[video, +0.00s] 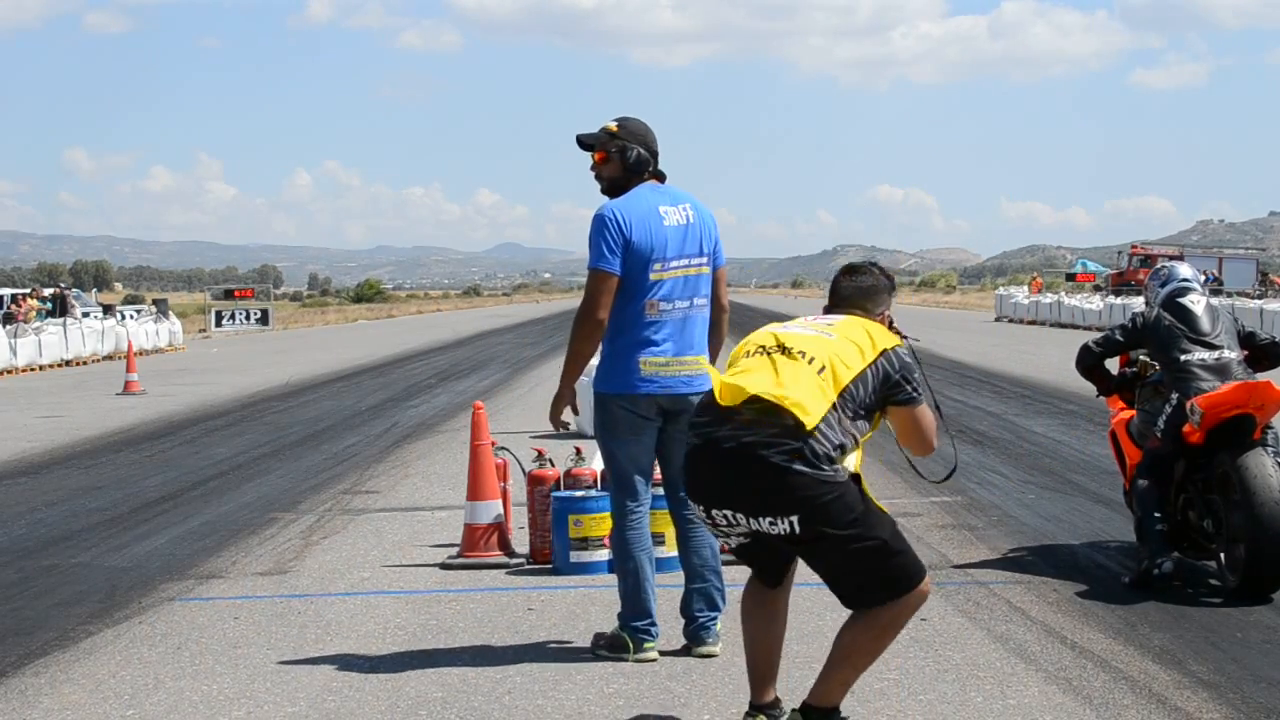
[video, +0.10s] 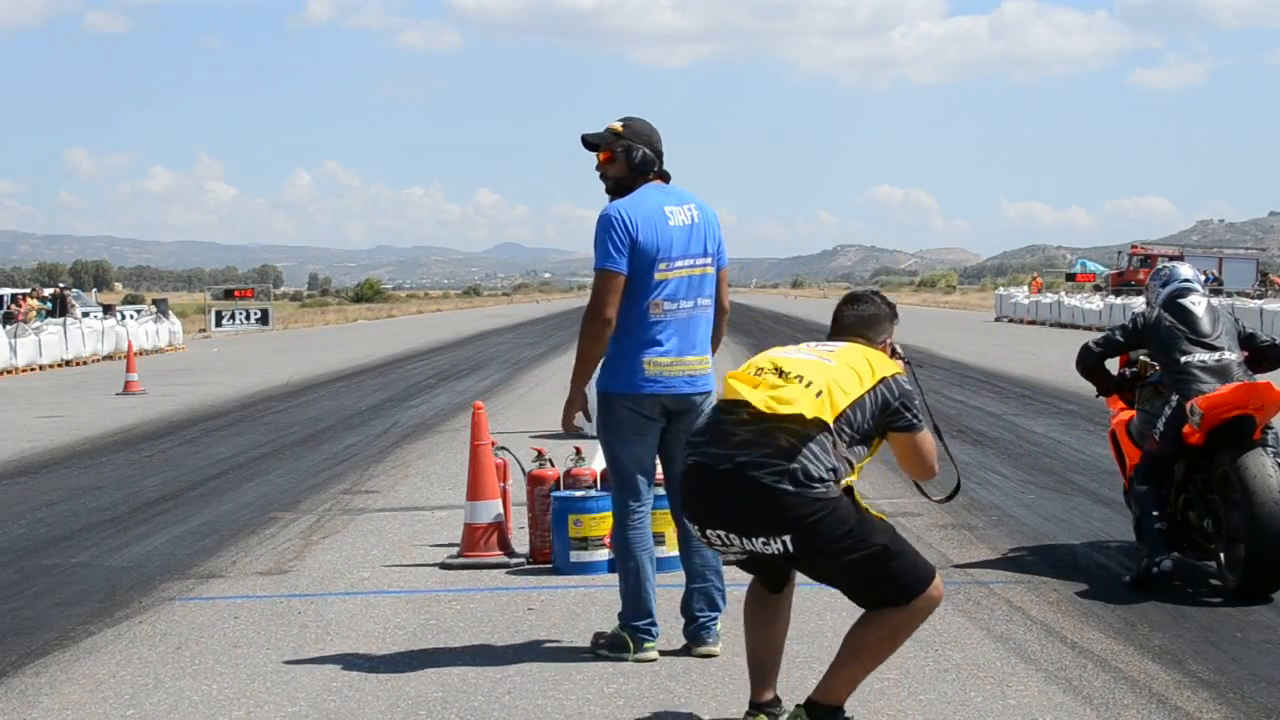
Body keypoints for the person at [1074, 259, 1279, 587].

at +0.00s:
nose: (1147, 297)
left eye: (1149, 291)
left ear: (1157, 289)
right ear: (1197, 284)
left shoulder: (1149, 319)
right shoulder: (1225, 314)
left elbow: (1088, 355)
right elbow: (1270, 348)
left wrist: (1110, 385)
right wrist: (1242, 366)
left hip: (1190, 397)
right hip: (1241, 388)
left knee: (1147, 474)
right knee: (1265, 441)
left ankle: (1156, 554)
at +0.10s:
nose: (1149, 297)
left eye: (1151, 291)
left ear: (1158, 289)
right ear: (1198, 285)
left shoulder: (1150, 320)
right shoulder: (1225, 315)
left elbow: (1089, 355)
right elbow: (1270, 349)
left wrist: (1110, 385)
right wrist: (1242, 368)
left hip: (1190, 397)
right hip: (1240, 389)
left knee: (1145, 475)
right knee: (1265, 437)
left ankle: (1156, 553)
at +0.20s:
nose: (1149, 295)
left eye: (1151, 289)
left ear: (1158, 288)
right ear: (1198, 284)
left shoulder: (1149, 319)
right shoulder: (1225, 314)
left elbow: (1088, 355)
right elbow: (1270, 349)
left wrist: (1110, 385)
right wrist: (1240, 368)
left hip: (1189, 395)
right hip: (1240, 387)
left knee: (1148, 475)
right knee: (1266, 434)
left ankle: (1156, 557)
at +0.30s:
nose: (1147, 296)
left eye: (1149, 290)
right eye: (1147, 290)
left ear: (1157, 289)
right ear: (1196, 283)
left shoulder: (1148, 319)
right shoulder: (1224, 313)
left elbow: (1087, 355)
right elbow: (1270, 347)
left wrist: (1109, 386)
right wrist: (1238, 368)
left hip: (1189, 396)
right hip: (1239, 388)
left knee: (1148, 474)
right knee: (1266, 436)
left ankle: (1155, 558)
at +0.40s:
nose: (1145, 295)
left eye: (1147, 290)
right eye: (1146, 290)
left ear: (1155, 288)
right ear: (1193, 282)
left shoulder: (1147, 319)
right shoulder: (1223, 313)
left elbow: (1087, 355)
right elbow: (1270, 346)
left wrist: (1108, 385)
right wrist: (1240, 368)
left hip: (1187, 393)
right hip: (1239, 384)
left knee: (1149, 473)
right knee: (1266, 436)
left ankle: (1155, 558)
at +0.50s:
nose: (1144, 296)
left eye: (1146, 290)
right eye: (1145, 291)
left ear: (1154, 288)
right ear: (1193, 283)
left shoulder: (1146, 319)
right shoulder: (1222, 312)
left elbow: (1086, 356)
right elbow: (1271, 346)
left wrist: (1108, 386)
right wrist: (1240, 365)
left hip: (1187, 390)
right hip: (1238, 381)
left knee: (1148, 470)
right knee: (1264, 441)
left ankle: (1155, 559)